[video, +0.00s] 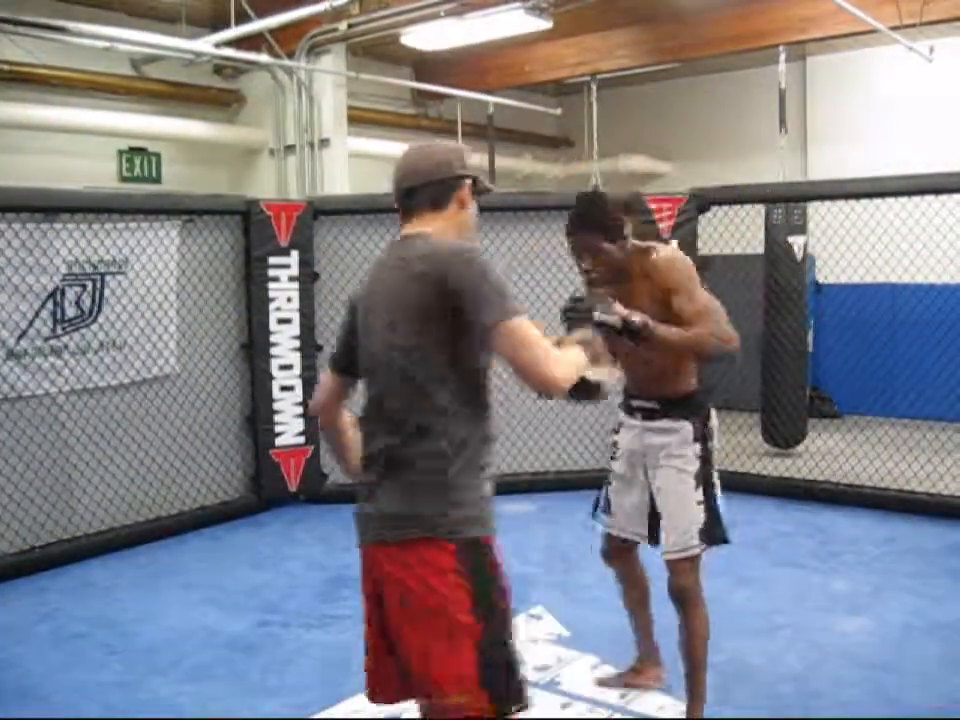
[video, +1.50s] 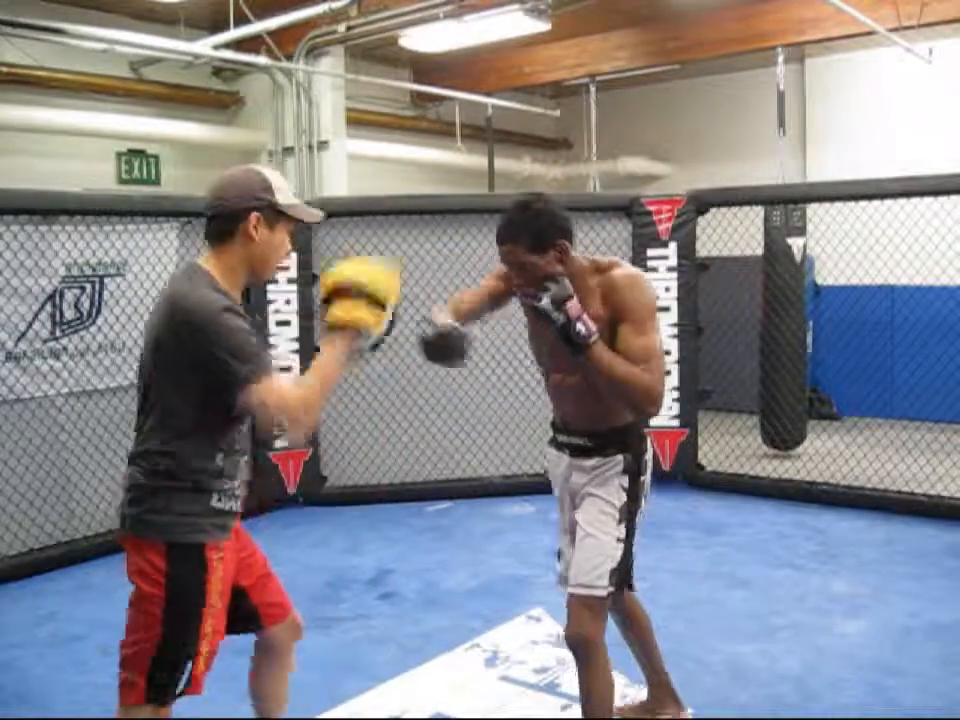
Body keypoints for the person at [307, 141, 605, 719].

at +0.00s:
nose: (475, 214)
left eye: (473, 201)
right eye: (474, 200)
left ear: (404, 205)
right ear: (460, 197)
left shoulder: (375, 281)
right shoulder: (459, 265)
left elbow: (326, 404)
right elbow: (550, 376)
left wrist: (364, 470)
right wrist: (576, 348)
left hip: (385, 533)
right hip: (446, 536)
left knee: (423, 698)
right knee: (471, 703)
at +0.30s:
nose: (418, 256)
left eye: (419, 241)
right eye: (416, 240)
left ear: (375, 242)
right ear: (391, 242)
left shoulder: (334, 311)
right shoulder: (335, 324)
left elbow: (313, 448)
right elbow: (434, 433)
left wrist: (390, 503)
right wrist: (508, 392)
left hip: (355, 549)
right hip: (313, 568)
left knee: (457, 641)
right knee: (332, 709)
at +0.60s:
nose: (409, 242)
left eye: (411, 229)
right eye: (406, 227)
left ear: (371, 223)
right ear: (371, 220)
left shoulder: (377, 301)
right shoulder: (282, 285)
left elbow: (414, 379)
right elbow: (293, 367)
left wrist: (462, 442)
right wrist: (405, 337)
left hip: (354, 512)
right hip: (288, 518)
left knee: (390, 663)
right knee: (289, 694)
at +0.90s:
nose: (392, 249)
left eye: (394, 235)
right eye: (389, 233)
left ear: (348, 227)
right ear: (360, 226)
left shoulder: (312, 291)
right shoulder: (320, 294)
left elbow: (292, 408)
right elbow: (407, 394)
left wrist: (359, 445)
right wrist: (462, 317)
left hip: (321, 514)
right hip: (274, 520)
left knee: (370, 642)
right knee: (243, 690)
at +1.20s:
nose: (324, 261)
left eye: (325, 248)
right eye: (319, 248)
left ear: (290, 250)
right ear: (288, 248)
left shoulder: (296, 321)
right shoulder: (197, 328)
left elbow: (301, 411)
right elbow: (192, 443)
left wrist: (326, 473)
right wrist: (267, 363)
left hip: (275, 531)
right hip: (206, 542)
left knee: (352, 660)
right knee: (193, 704)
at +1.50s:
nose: (291, 246)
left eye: (292, 233)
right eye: (286, 230)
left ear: (248, 228)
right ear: (252, 228)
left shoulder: (215, 299)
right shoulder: (203, 311)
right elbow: (294, 415)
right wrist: (342, 336)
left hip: (210, 520)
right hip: (176, 527)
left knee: (280, 631)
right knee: (149, 699)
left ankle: (271, 714)